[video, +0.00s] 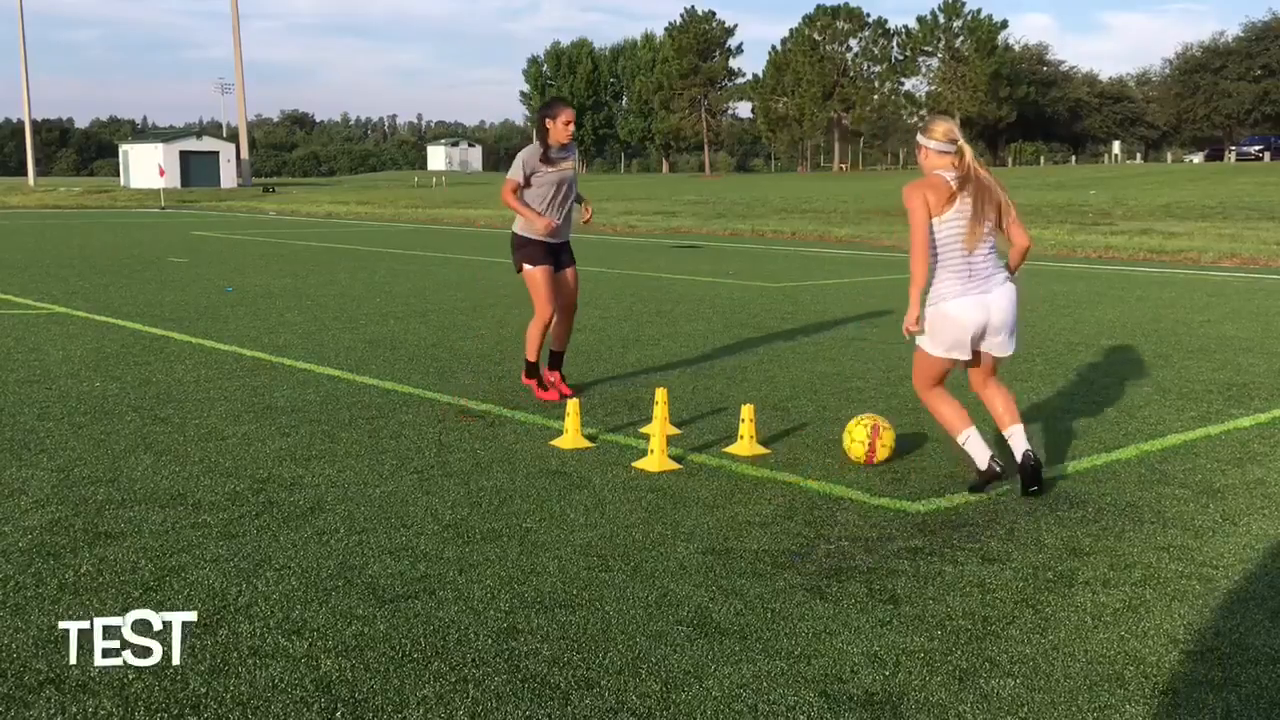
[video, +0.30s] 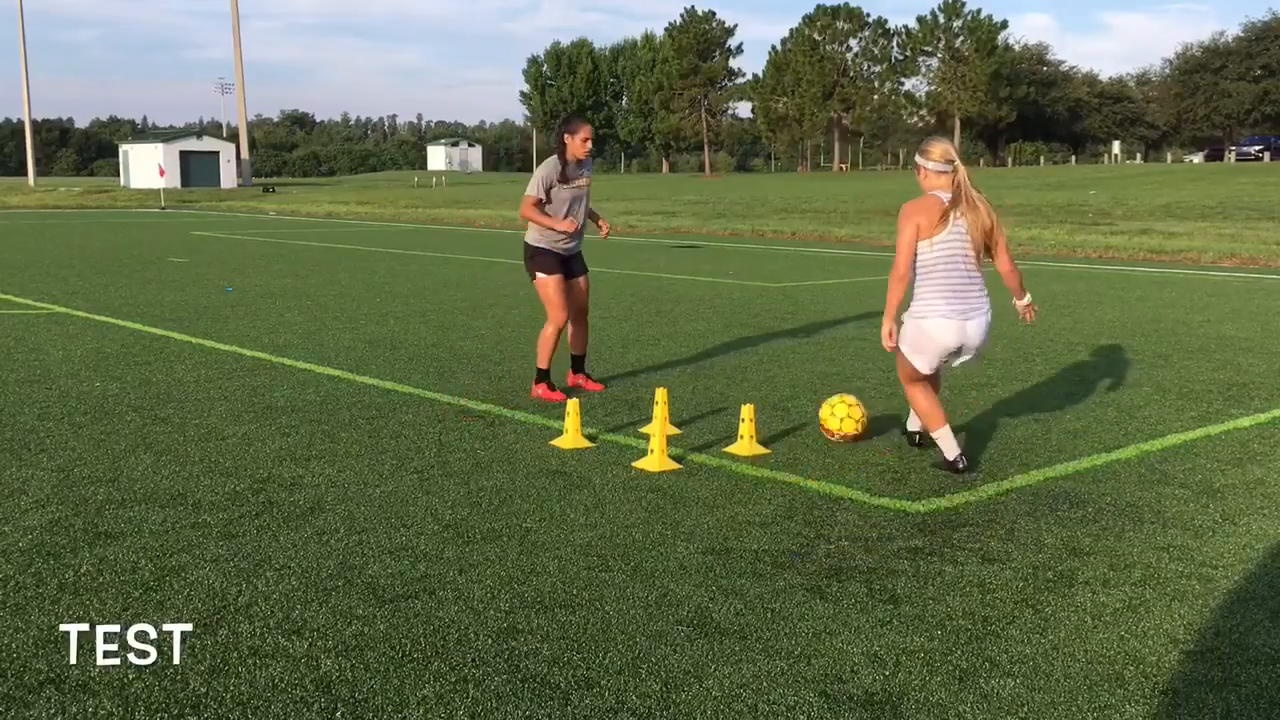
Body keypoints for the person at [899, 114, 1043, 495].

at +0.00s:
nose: (918, 156)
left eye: (919, 150)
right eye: (919, 149)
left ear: (928, 151)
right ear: (957, 149)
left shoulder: (920, 189)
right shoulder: (986, 183)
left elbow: (921, 252)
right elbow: (1022, 242)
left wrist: (914, 303)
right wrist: (1006, 274)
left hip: (954, 306)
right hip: (1000, 299)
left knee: (927, 383)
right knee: (984, 376)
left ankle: (986, 462)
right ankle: (1025, 454)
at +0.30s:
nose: (917, 176)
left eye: (917, 170)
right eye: (918, 170)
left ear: (922, 171)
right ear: (954, 169)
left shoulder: (914, 210)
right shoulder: (979, 208)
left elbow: (902, 271)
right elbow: (1006, 267)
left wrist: (889, 316)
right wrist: (1022, 298)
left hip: (932, 324)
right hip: (975, 325)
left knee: (912, 379)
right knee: (933, 367)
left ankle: (954, 455)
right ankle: (915, 428)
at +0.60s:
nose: (899, 176)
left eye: (900, 170)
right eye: (900, 170)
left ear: (907, 172)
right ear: (936, 172)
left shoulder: (903, 212)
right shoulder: (954, 211)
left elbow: (887, 272)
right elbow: (969, 273)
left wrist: (854, 313)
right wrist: (961, 315)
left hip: (922, 321)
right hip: (959, 319)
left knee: (860, 378)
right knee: (913, 372)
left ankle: (908, 446)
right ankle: (944, 446)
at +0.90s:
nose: (856, 138)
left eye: (857, 131)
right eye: (856, 131)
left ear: (867, 132)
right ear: (893, 134)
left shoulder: (869, 160)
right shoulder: (912, 169)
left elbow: (877, 189)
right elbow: (942, 225)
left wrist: (840, 229)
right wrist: (962, 274)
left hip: (897, 290)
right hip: (934, 285)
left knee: (870, 377)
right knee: (899, 367)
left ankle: (893, 470)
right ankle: (923, 451)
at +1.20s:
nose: (817, 168)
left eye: (819, 161)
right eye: (818, 161)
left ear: (831, 161)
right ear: (860, 160)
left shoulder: (831, 208)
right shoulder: (883, 203)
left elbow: (826, 278)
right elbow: (896, 264)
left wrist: (805, 325)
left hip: (876, 322)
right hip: (913, 317)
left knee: (827, 415)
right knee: (870, 405)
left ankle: (836, 520)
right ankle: (914, 483)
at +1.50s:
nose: (800, 130)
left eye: (802, 122)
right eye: (801, 122)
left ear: (815, 122)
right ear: (844, 123)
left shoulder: (811, 164)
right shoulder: (867, 164)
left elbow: (795, 242)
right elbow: (886, 232)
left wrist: (770, 299)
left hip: (860, 287)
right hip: (895, 284)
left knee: (820, 401)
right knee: (842, 398)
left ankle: (826, 521)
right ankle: (869, 501)